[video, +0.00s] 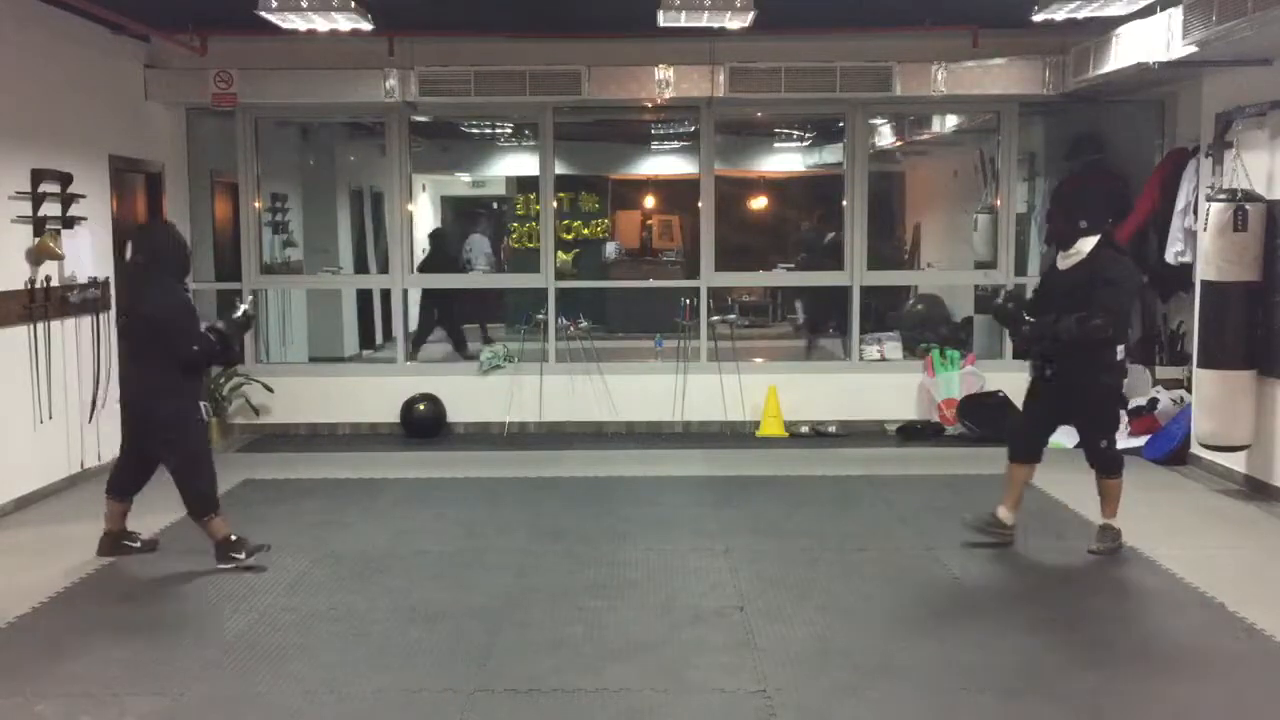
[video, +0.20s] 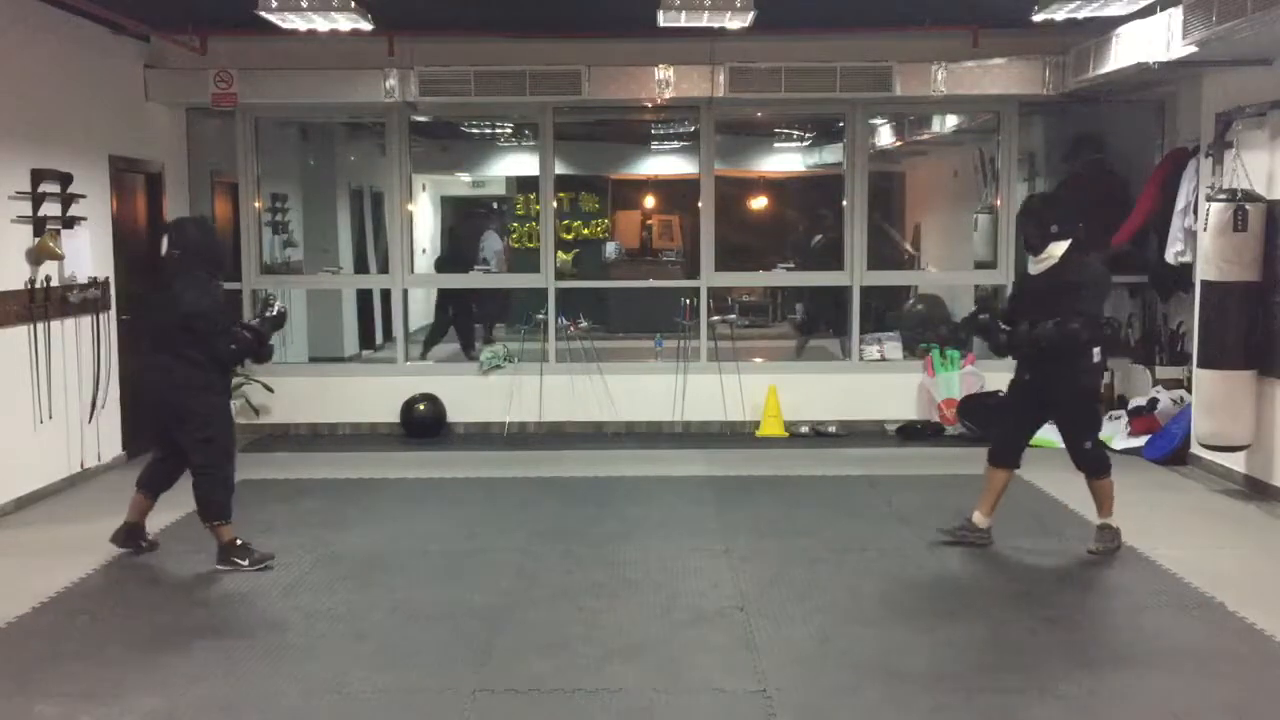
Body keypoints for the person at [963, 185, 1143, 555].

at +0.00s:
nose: (1049, 222)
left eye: (1057, 214)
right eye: (1051, 214)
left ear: (1077, 216)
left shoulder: (1112, 263)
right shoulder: (1058, 263)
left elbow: (1108, 325)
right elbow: (1040, 314)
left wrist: (1046, 334)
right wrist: (1014, 315)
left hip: (1096, 376)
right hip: (1053, 374)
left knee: (1103, 451)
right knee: (1025, 440)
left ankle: (1109, 526)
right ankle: (1004, 518)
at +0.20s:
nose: (1026, 237)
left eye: (1032, 228)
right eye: (1023, 229)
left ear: (1052, 226)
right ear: (1024, 230)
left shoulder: (1086, 269)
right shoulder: (1028, 276)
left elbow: (1083, 327)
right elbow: (1011, 335)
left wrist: (1032, 337)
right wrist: (992, 329)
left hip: (1074, 375)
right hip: (1032, 375)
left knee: (1087, 450)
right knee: (1005, 444)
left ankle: (1107, 525)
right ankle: (979, 522)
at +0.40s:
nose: (978, 235)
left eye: (984, 226)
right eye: (979, 227)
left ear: (1007, 227)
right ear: (1003, 229)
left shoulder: (1043, 265)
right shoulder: (992, 274)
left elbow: (1046, 324)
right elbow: (987, 325)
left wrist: (991, 339)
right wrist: (959, 330)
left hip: (1041, 375)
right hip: (1002, 375)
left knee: (1059, 448)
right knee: (979, 442)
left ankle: (1098, 520)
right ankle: (975, 524)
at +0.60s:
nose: (954, 229)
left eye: (959, 220)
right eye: (954, 221)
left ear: (980, 221)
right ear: (982, 221)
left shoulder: (1018, 261)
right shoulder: (967, 264)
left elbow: (1027, 322)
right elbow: (951, 312)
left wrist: (980, 352)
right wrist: (914, 317)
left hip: (1013, 369)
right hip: (974, 368)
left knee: (1018, 445)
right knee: (970, 444)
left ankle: (1068, 510)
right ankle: (976, 524)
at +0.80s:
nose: (937, 228)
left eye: (942, 220)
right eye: (937, 220)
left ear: (964, 220)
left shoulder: (1000, 263)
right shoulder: (946, 263)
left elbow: (1020, 323)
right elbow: (918, 305)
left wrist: (1021, 373)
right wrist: (882, 324)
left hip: (989, 366)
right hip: (955, 367)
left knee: (972, 443)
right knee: (958, 443)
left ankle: (992, 526)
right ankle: (974, 523)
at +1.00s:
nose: (913, 231)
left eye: (918, 223)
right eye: (914, 224)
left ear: (940, 225)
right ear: (946, 225)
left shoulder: (980, 270)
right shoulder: (924, 265)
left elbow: (1014, 321)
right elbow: (902, 304)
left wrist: (1033, 370)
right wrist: (873, 331)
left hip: (962, 372)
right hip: (929, 371)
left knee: (933, 446)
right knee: (952, 448)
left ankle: (913, 531)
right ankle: (974, 524)